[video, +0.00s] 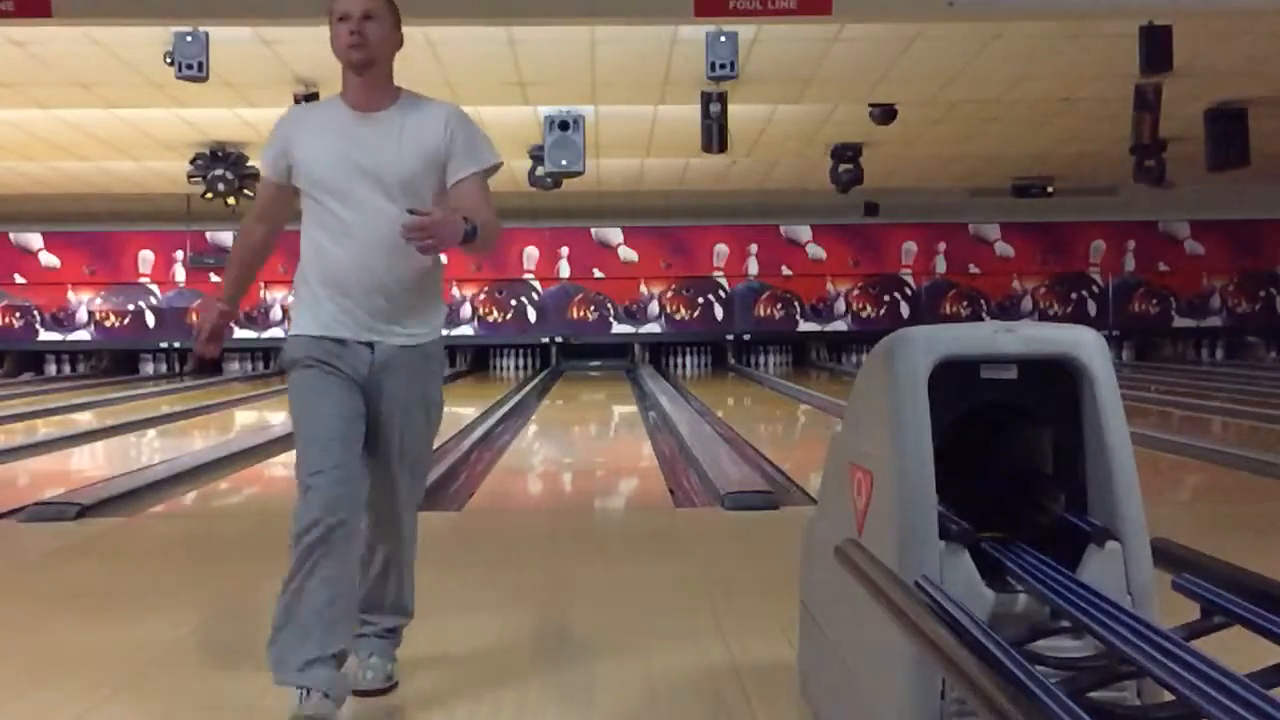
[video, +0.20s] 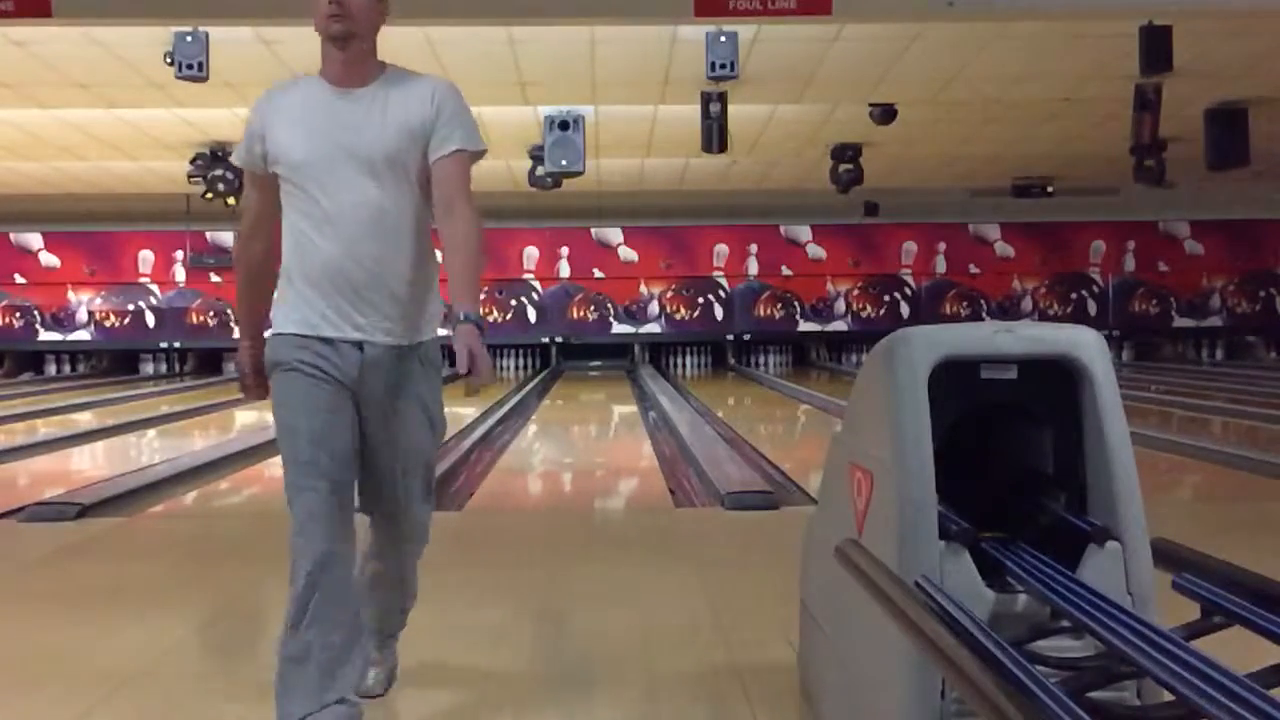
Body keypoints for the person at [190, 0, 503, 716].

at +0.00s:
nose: (352, 30)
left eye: (367, 18)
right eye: (341, 21)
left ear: (397, 33)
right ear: (330, 37)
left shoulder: (442, 123)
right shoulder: (299, 126)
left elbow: (485, 231)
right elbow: (262, 222)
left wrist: (459, 229)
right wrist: (223, 301)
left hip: (412, 345)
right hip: (321, 341)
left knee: (393, 505)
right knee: (329, 500)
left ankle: (377, 638)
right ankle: (312, 674)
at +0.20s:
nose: (337, 5)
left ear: (382, 11)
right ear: (312, 11)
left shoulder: (432, 100)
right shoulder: (274, 110)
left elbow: (456, 209)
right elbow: (256, 236)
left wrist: (463, 314)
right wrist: (249, 336)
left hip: (405, 349)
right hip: (305, 343)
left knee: (401, 525)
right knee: (319, 526)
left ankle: (379, 635)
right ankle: (320, 704)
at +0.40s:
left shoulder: (437, 74)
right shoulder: (260, 85)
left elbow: (471, 208)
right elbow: (239, 214)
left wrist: (483, 326)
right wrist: (236, 324)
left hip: (406, 340)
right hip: (293, 342)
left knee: (414, 525)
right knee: (317, 541)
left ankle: (414, 671)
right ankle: (325, 705)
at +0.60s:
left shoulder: (458, 64)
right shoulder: (265, 60)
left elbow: (491, 209)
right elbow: (214, 161)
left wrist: (504, 327)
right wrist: (209, 230)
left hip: (423, 346)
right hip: (302, 347)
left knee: (429, 536)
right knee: (320, 549)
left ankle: (441, 710)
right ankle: (324, 708)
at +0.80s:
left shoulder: (504, 39)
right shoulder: (293, 21)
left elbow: (526, 201)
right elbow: (246, 149)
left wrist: (537, 344)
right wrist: (209, 247)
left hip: (464, 345)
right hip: (329, 348)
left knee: (461, 590)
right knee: (321, 585)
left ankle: (448, 714)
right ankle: (319, 708)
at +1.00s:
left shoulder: (548, 8)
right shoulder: (300, 6)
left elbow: (595, 172)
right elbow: (266, 179)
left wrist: (617, 322)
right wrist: (252, 362)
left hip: (500, 338)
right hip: (346, 332)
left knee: (472, 627)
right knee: (376, 616)